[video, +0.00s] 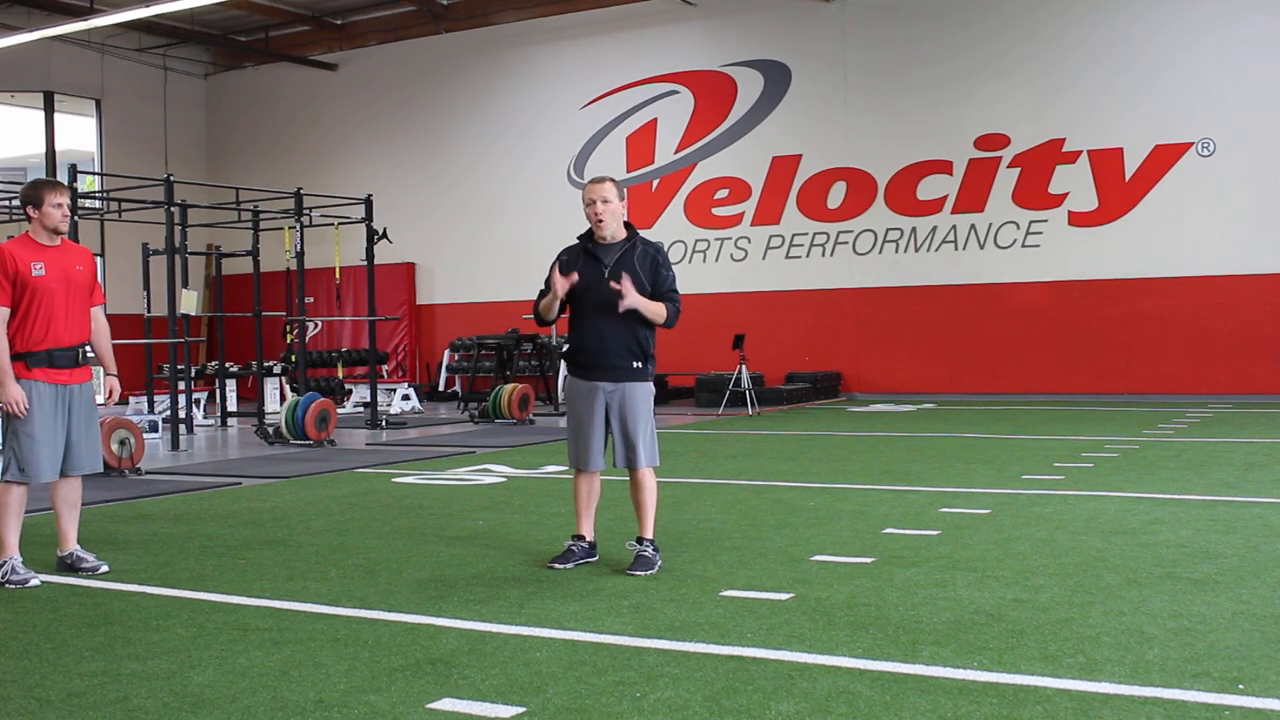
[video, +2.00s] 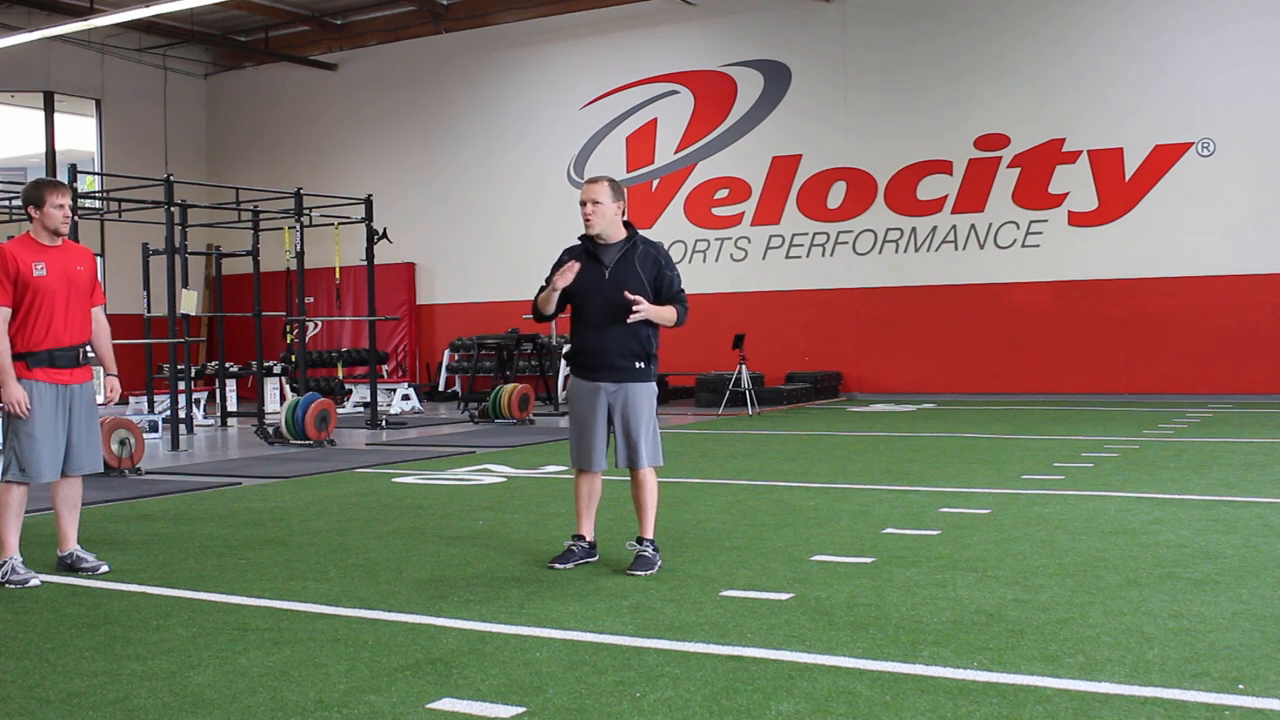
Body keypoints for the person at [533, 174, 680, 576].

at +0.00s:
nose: (597, 209)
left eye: (604, 202)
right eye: (590, 203)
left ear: (623, 205)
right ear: (584, 209)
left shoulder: (651, 255)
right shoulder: (571, 257)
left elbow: (671, 314)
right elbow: (542, 317)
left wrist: (639, 302)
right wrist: (555, 295)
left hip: (633, 379)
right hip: (582, 377)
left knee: (640, 463)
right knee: (585, 462)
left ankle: (646, 544)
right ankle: (583, 542)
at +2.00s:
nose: (586, 211)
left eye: (594, 204)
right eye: (583, 204)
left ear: (619, 207)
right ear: (582, 209)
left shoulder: (652, 256)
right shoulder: (572, 257)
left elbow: (678, 313)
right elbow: (541, 313)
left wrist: (652, 311)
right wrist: (554, 287)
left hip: (635, 380)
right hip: (584, 378)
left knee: (641, 463)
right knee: (586, 463)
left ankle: (647, 544)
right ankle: (584, 542)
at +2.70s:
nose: (586, 209)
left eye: (594, 202)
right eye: (582, 204)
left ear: (618, 206)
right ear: (579, 211)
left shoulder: (648, 253)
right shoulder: (571, 258)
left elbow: (659, 311)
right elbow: (551, 323)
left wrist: (605, 288)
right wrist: (553, 308)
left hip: (634, 379)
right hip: (585, 377)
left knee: (641, 462)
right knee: (586, 461)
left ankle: (646, 544)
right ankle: (584, 541)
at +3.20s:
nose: (587, 204)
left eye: (596, 197)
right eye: (585, 197)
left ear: (621, 204)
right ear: (582, 204)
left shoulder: (651, 251)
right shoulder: (571, 257)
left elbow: (679, 310)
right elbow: (550, 310)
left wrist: (659, 280)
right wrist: (554, 317)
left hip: (636, 377)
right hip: (585, 377)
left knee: (641, 462)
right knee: (587, 463)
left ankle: (646, 544)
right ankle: (584, 541)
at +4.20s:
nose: (586, 216)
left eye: (593, 209)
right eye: (587, 209)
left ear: (618, 212)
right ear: (612, 213)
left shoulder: (662, 256)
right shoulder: (599, 256)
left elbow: (685, 317)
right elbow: (575, 307)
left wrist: (634, 334)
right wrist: (554, 282)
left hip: (646, 380)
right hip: (602, 377)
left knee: (649, 462)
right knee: (595, 459)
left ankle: (648, 545)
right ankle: (589, 540)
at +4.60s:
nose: (579, 215)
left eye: (586, 207)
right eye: (576, 209)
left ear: (613, 208)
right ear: (578, 214)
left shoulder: (643, 255)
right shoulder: (584, 259)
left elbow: (664, 316)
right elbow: (539, 289)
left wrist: (609, 331)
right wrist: (501, 253)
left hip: (631, 380)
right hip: (590, 378)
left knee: (641, 462)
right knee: (589, 460)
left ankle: (647, 545)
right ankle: (586, 540)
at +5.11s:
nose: (547, 213)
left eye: (555, 205)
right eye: (543, 208)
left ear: (578, 209)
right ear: (541, 215)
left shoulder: (604, 257)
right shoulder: (543, 260)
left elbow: (620, 317)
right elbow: (497, 286)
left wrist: (566, 328)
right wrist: (444, 271)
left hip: (583, 371)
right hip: (549, 372)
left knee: (584, 450)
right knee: (563, 456)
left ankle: (614, 536)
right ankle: (583, 540)